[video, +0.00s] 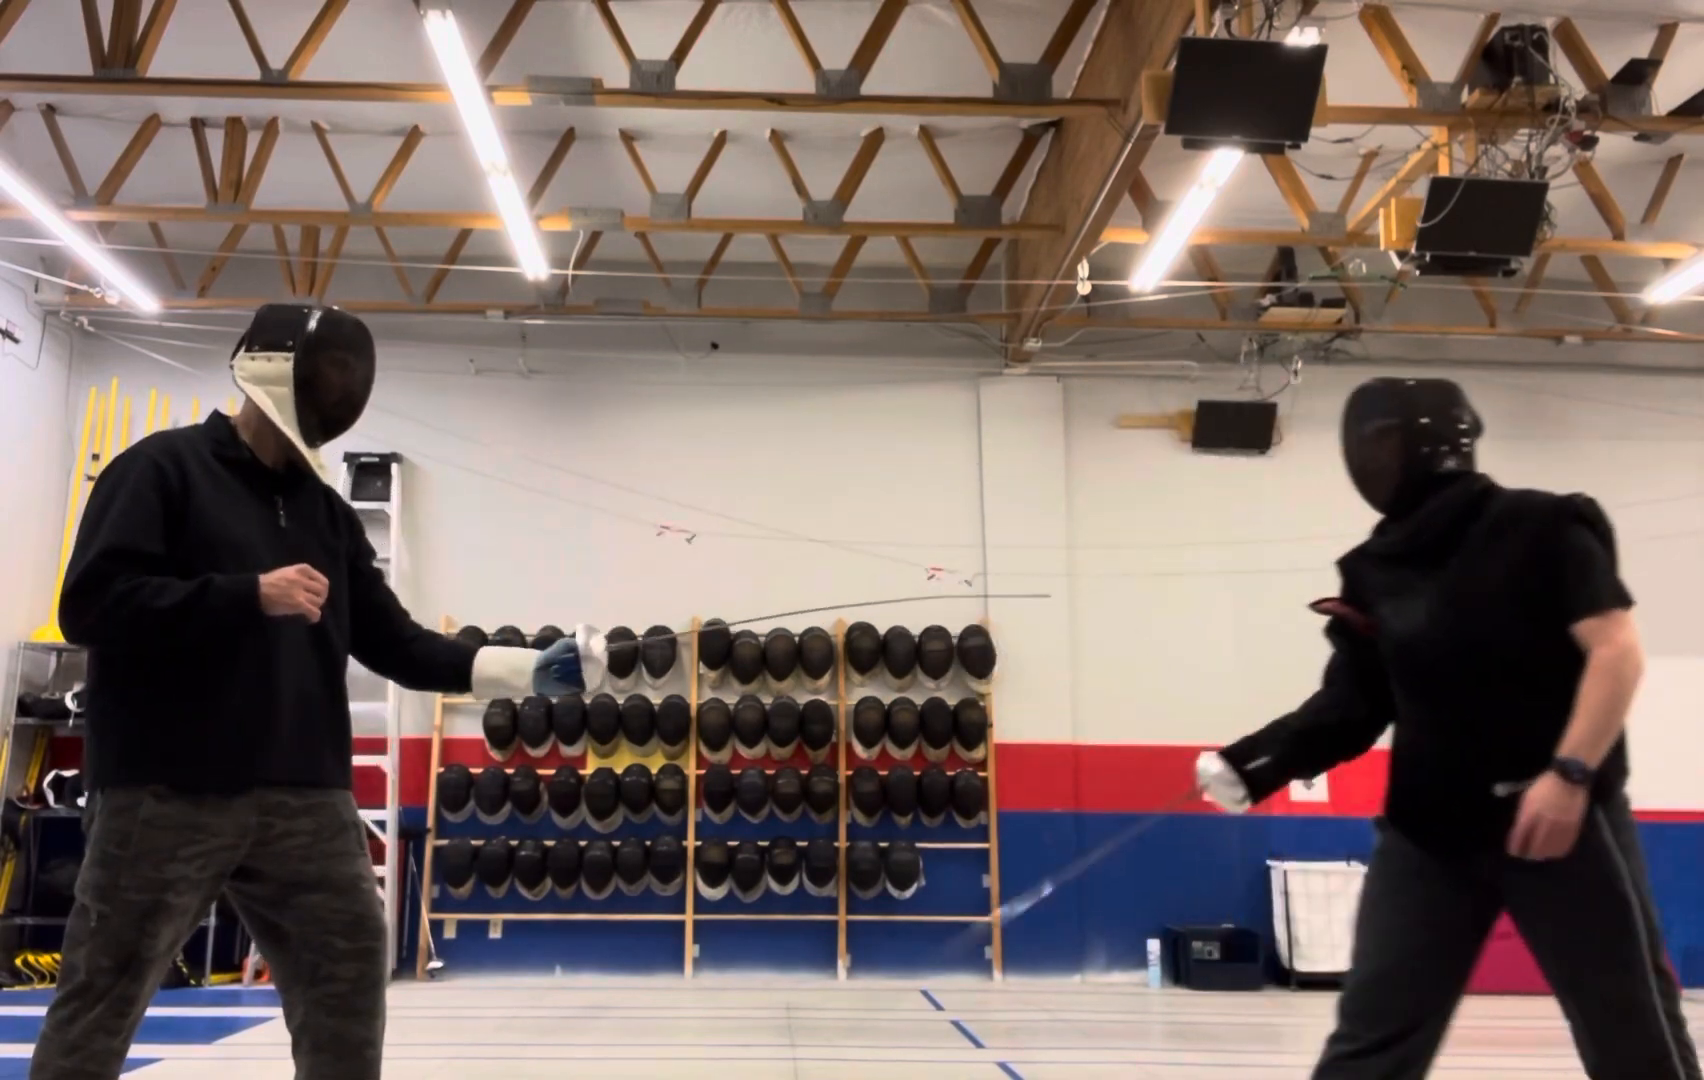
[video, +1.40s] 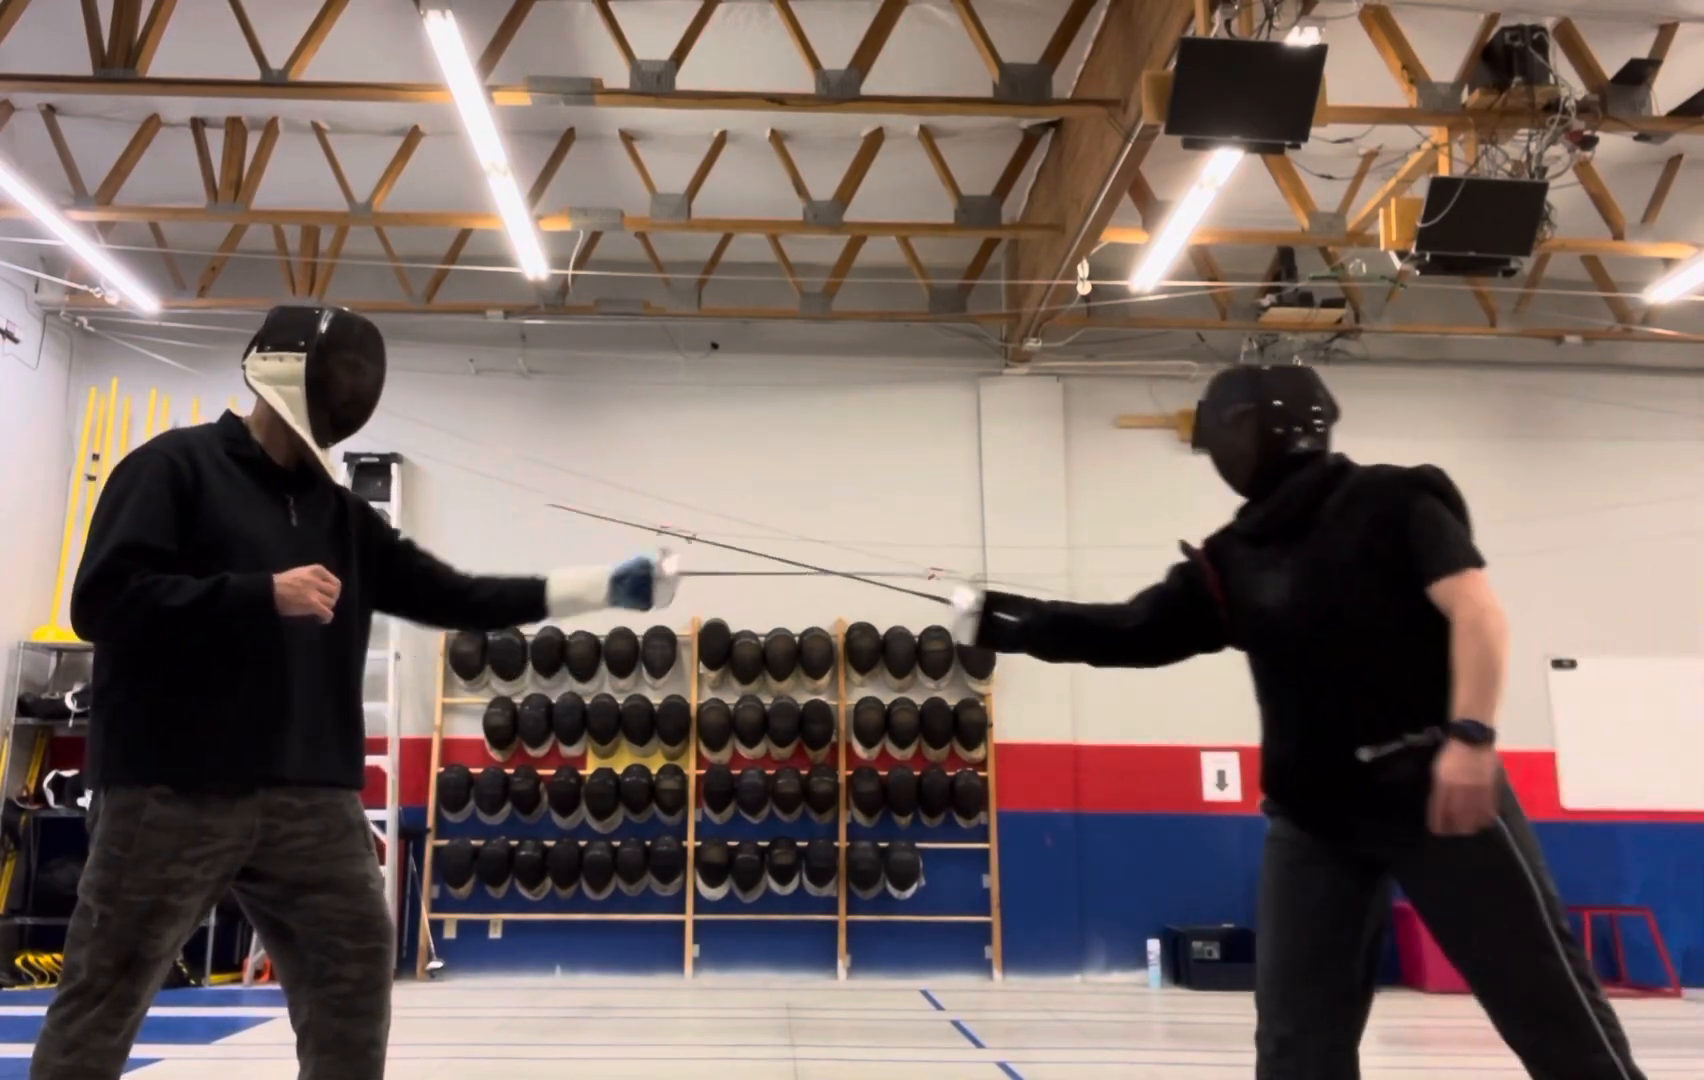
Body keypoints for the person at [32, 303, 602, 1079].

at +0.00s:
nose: (333, 412)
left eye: (340, 401)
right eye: (315, 393)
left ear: (345, 407)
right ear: (261, 377)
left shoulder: (324, 511)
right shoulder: (154, 471)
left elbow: (388, 639)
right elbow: (90, 604)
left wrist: (512, 667)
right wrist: (247, 593)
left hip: (302, 799)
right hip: (164, 794)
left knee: (347, 976)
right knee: (101, 1000)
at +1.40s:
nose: (326, 435)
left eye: (340, 418)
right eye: (317, 412)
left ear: (348, 410)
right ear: (271, 384)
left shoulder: (338, 515)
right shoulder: (166, 470)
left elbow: (452, 597)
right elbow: (102, 598)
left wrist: (596, 589)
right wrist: (261, 592)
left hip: (307, 801)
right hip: (168, 794)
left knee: (351, 996)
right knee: (96, 1009)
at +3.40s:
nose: (328, 412)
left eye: (338, 396)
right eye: (318, 387)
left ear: (335, 399)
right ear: (268, 372)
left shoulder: (329, 510)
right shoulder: (162, 469)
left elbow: (421, 621)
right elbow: (107, 602)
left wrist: (569, 633)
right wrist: (264, 590)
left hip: (309, 795)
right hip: (171, 791)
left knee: (352, 986)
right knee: (103, 1002)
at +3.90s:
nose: (353, 417)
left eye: (363, 401)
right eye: (340, 392)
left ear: (366, 403)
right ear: (286, 374)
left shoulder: (362, 514)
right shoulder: (178, 467)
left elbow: (490, 557)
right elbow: (106, 592)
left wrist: (640, 556)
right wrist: (266, 591)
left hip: (311, 799)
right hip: (167, 793)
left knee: (352, 998)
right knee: (98, 1006)